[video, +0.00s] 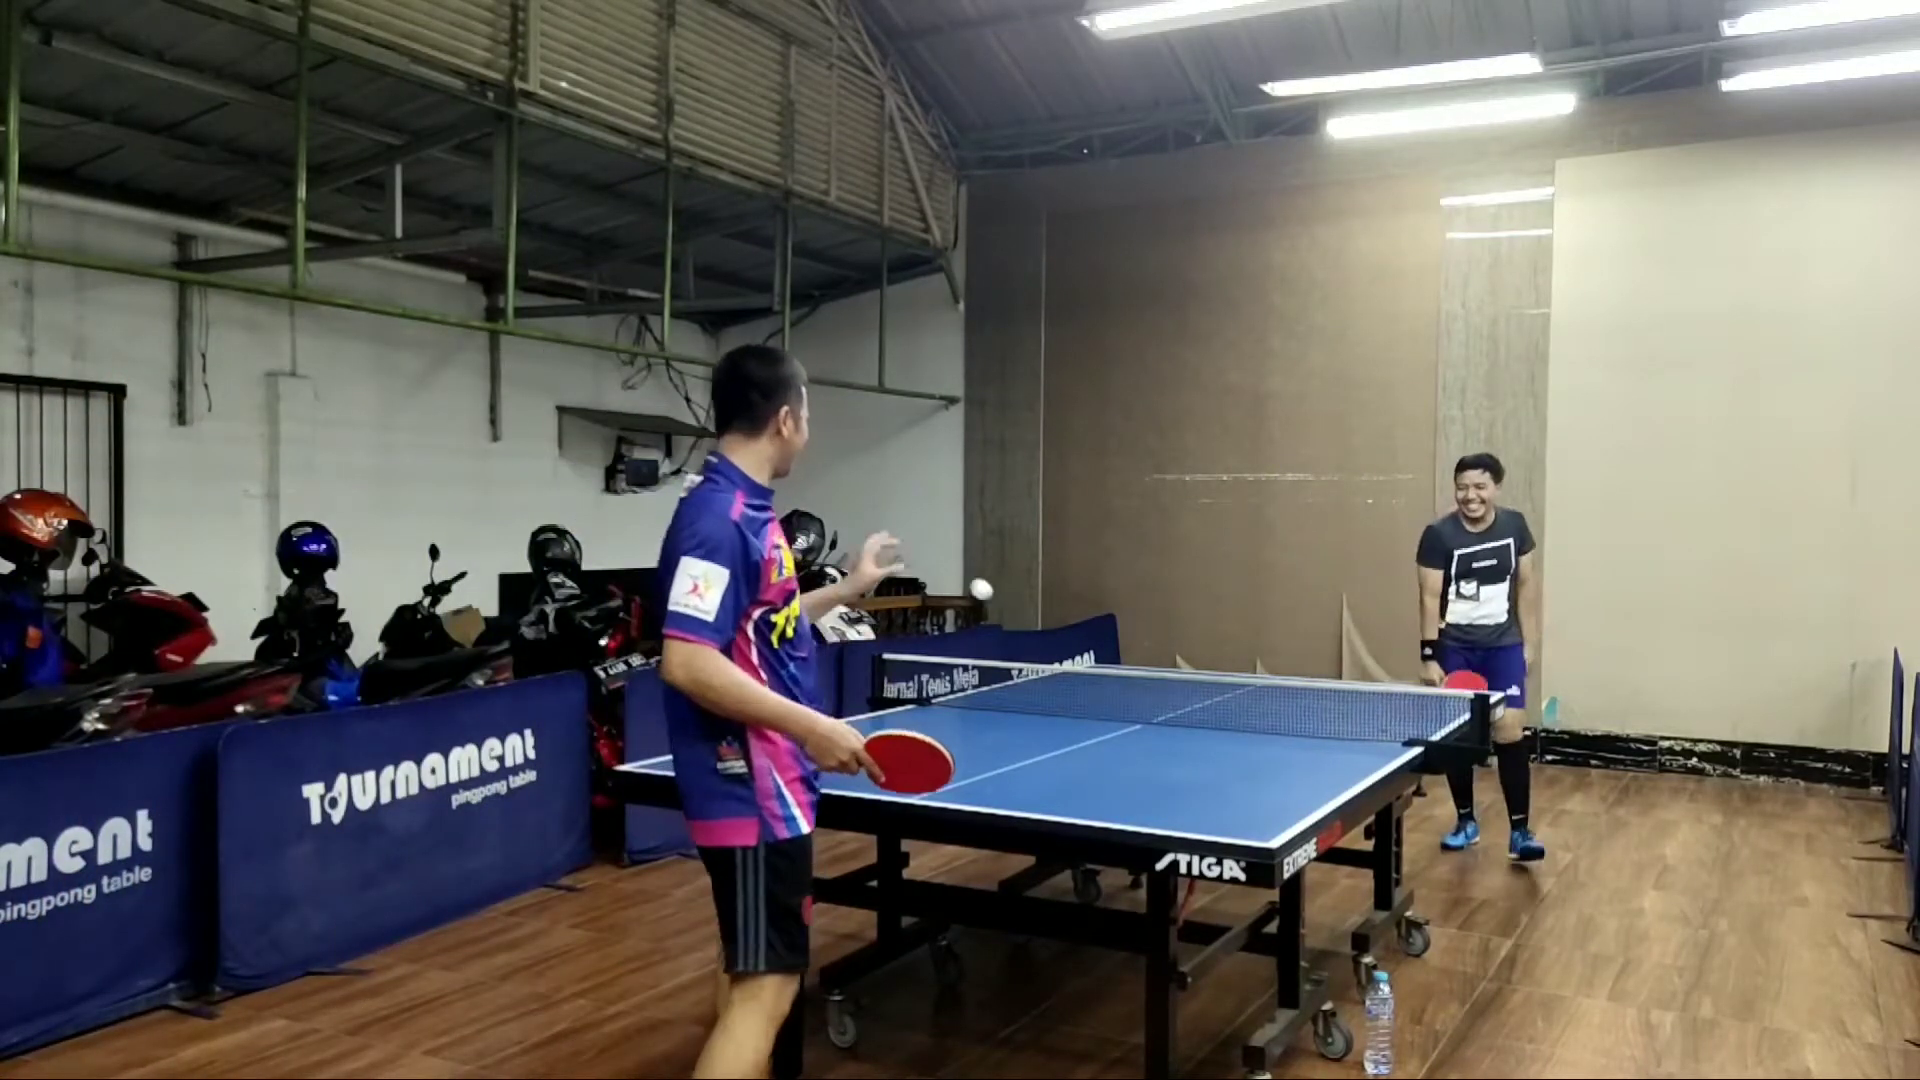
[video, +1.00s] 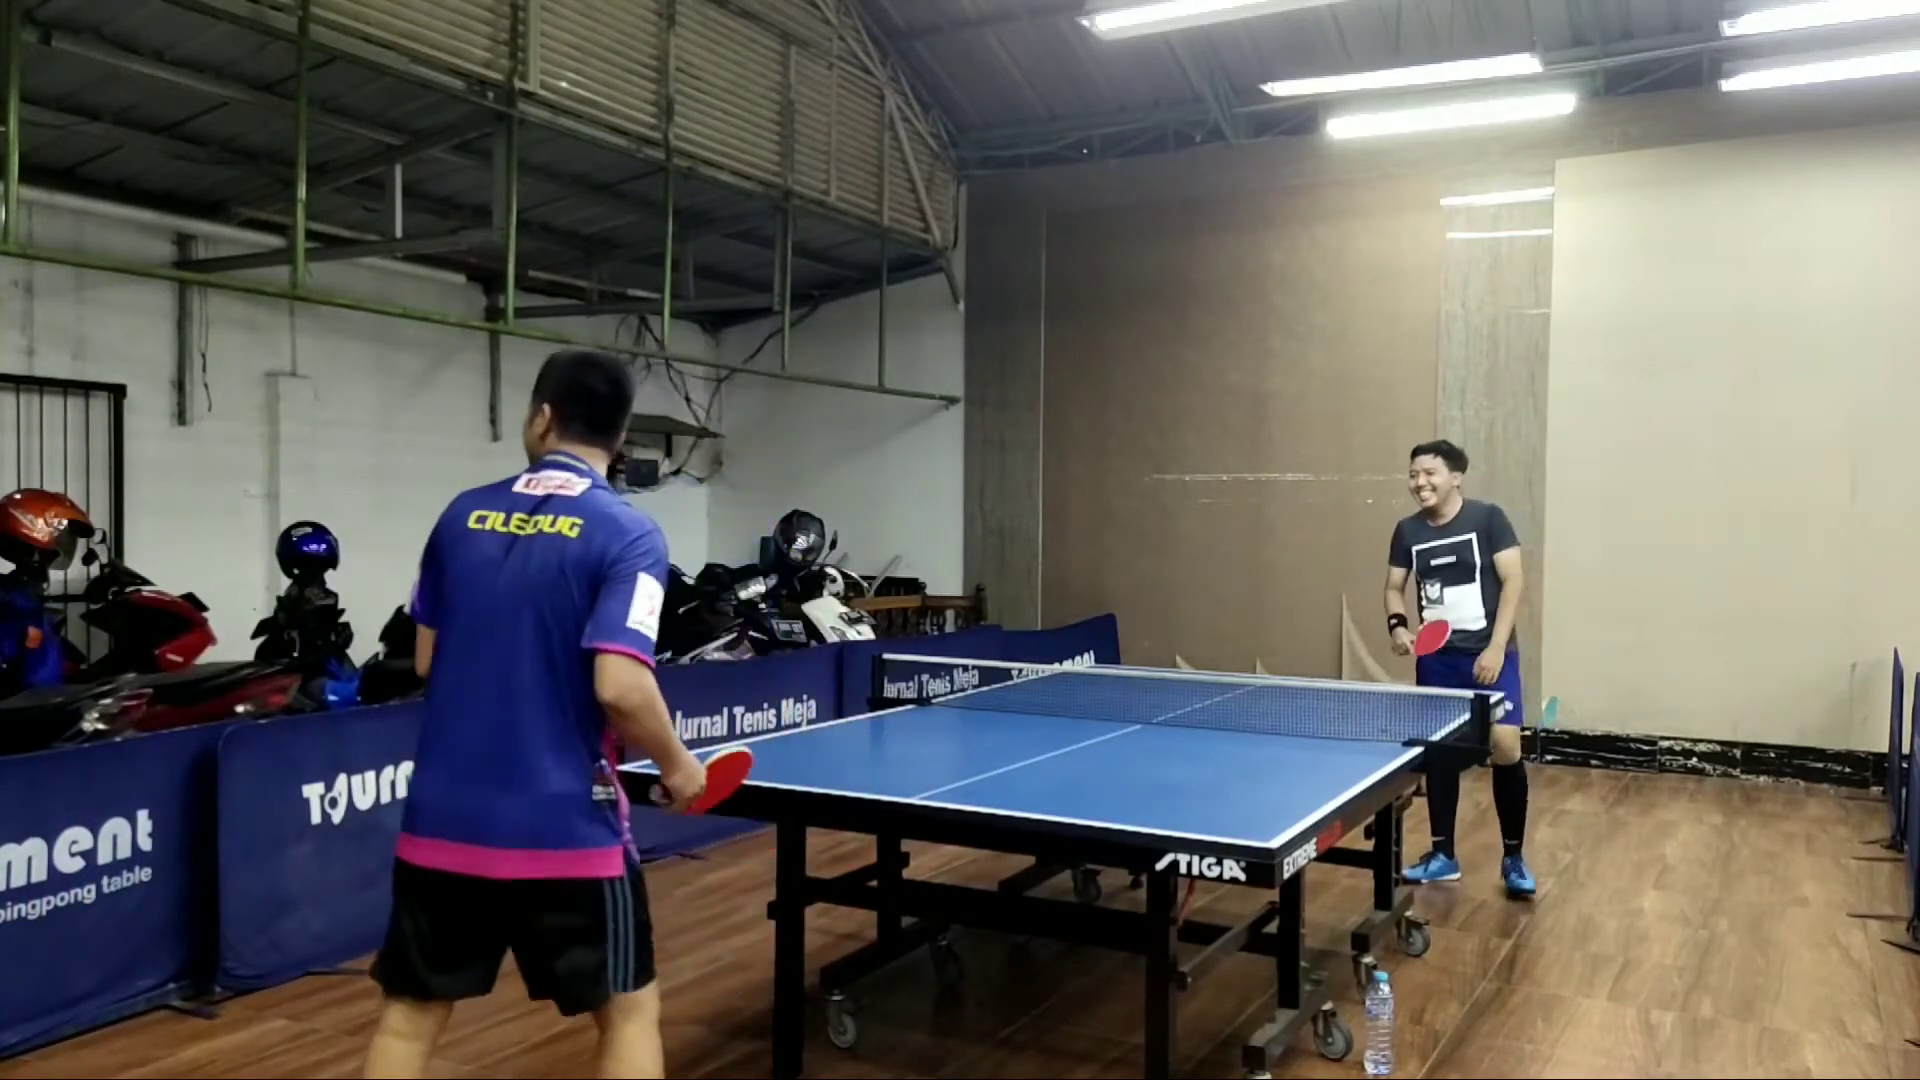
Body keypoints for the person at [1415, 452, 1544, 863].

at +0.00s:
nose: (1471, 495)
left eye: (1479, 487)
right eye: (1464, 488)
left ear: (1495, 488)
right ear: (1455, 491)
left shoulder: (1513, 525)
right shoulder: (1438, 535)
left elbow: (1527, 584)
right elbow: (1430, 597)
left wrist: (1530, 643)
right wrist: (1429, 654)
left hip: (1505, 645)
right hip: (1454, 646)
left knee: (1509, 732)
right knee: (1455, 732)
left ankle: (1520, 830)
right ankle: (1466, 821)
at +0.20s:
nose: (1480, 499)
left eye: (1489, 490)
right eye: (1473, 491)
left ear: (1508, 493)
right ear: (1466, 495)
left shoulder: (1529, 536)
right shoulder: (1448, 537)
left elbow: (1553, 595)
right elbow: (1422, 591)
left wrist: (1563, 656)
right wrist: (1406, 645)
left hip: (1515, 654)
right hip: (1460, 654)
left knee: (1516, 736)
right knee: (1441, 736)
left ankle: (1516, 844)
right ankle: (1468, 801)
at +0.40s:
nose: (1470, 486)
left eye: (1480, 478)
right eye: (1463, 478)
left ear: (1500, 481)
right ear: (1456, 483)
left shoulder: (1526, 525)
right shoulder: (1446, 529)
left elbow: (1552, 587)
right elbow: (1428, 583)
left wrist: (1576, 647)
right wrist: (1413, 621)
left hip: (1516, 655)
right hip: (1460, 652)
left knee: (1515, 743)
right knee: (1445, 739)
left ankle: (1515, 847)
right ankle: (1461, 837)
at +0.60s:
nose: (1447, 485)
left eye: (1456, 476)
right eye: (1440, 478)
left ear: (1480, 481)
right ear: (1435, 485)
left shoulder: (1509, 523)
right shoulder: (1431, 535)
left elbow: (1540, 580)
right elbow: (1426, 593)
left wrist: (1547, 640)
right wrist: (1425, 633)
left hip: (1508, 661)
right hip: (1453, 661)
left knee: (1510, 754)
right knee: (1446, 753)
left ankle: (1514, 847)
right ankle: (1443, 853)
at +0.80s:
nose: (1425, 486)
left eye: (1434, 477)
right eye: (1418, 479)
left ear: (1460, 479)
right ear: (1415, 486)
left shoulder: (1494, 520)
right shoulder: (1414, 534)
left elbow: (1523, 579)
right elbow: (1404, 591)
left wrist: (1509, 640)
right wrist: (1405, 629)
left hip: (1495, 653)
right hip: (1439, 657)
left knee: (1508, 742)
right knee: (1436, 750)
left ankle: (1514, 833)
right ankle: (1443, 853)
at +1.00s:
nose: (1419, 482)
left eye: (1429, 473)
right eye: (1414, 474)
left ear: (1456, 477)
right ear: (1411, 481)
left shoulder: (1488, 518)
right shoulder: (1408, 531)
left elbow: (1514, 581)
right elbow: (1395, 587)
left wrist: (1496, 647)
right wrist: (1398, 626)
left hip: (1491, 654)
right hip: (1437, 660)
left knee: (1504, 744)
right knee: (1440, 751)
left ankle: (1513, 857)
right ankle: (1443, 854)